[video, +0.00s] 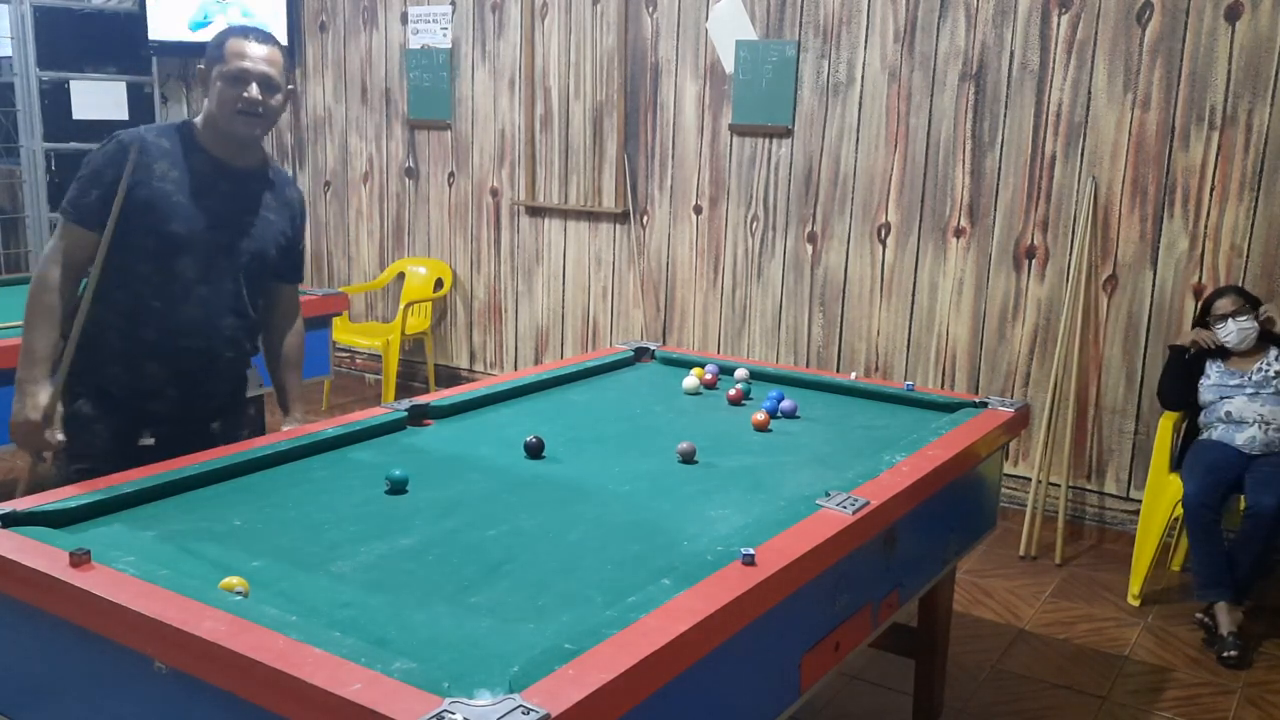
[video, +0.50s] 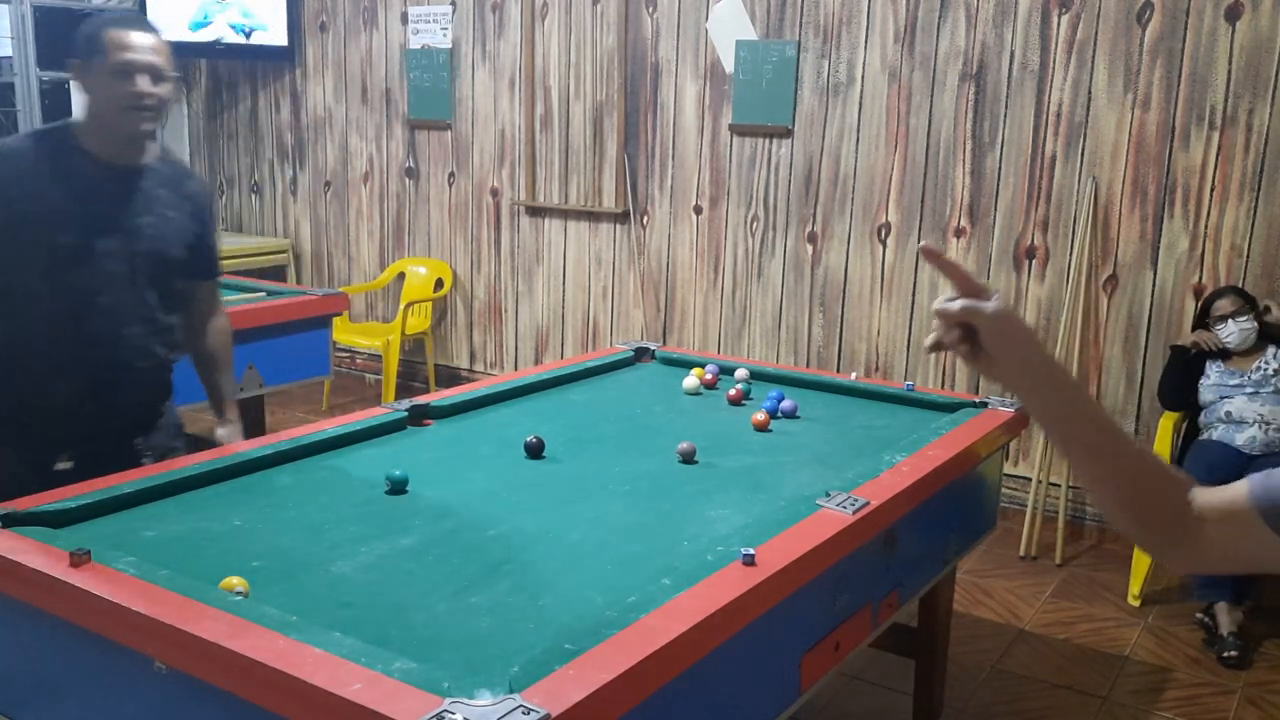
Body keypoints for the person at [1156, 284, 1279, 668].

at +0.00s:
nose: (1233, 324)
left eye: (1240, 315)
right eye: (1221, 319)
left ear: (1257, 317)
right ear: (1208, 326)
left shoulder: (1275, 354)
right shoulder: (1204, 360)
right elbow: (1171, 400)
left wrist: (1277, 333)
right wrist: (1185, 348)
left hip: (1271, 449)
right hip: (1218, 443)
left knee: (1268, 512)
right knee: (1197, 499)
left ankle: (1221, 604)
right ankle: (1224, 612)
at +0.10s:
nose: (1233, 324)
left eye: (1240, 315)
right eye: (1222, 318)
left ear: (1257, 317)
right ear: (1208, 326)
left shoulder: (1275, 353)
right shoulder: (1204, 360)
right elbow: (1171, 400)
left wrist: (1276, 334)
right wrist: (1186, 348)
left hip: (1271, 449)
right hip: (1218, 443)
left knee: (1268, 512)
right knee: (1197, 499)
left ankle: (1222, 604)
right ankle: (1225, 612)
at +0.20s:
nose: (1234, 324)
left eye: (1241, 314)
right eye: (1222, 319)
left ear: (1257, 317)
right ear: (1209, 327)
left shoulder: (1274, 354)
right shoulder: (1205, 360)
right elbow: (1171, 400)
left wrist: (1275, 330)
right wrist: (1187, 348)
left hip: (1268, 447)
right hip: (1218, 442)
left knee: (1265, 513)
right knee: (1198, 498)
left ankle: (1222, 602)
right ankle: (1224, 610)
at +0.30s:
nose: (1232, 324)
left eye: (1240, 315)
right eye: (1221, 319)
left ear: (1257, 317)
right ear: (1207, 327)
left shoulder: (1274, 357)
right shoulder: (1203, 365)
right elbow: (1173, 391)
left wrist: (1272, 325)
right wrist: (1187, 347)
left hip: (1269, 459)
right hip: (1221, 458)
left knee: (1251, 522)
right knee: (1215, 526)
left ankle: (1222, 606)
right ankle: (1227, 621)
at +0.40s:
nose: (1234, 324)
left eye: (1240, 315)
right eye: (1222, 319)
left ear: (1257, 317)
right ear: (1208, 327)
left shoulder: (1275, 353)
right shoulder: (1204, 361)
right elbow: (1171, 401)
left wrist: (1278, 327)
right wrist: (1185, 349)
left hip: (1272, 447)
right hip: (1219, 442)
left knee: (1259, 508)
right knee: (1203, 498)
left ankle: (1222, 603)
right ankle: (1225, 613)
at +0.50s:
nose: (1233, 324)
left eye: (1240, 315)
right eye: (1222, 320)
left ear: (1256, 317)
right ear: (1208, 328)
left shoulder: (1275, 353)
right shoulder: (1205, 362)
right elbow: (1171, 400)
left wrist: (1278, 327)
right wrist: (1185, 349)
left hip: (1272, 447)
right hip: (1219, 443)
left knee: (1257, 508)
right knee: (1203, 504)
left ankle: (1220, 604)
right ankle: (1225, 614)